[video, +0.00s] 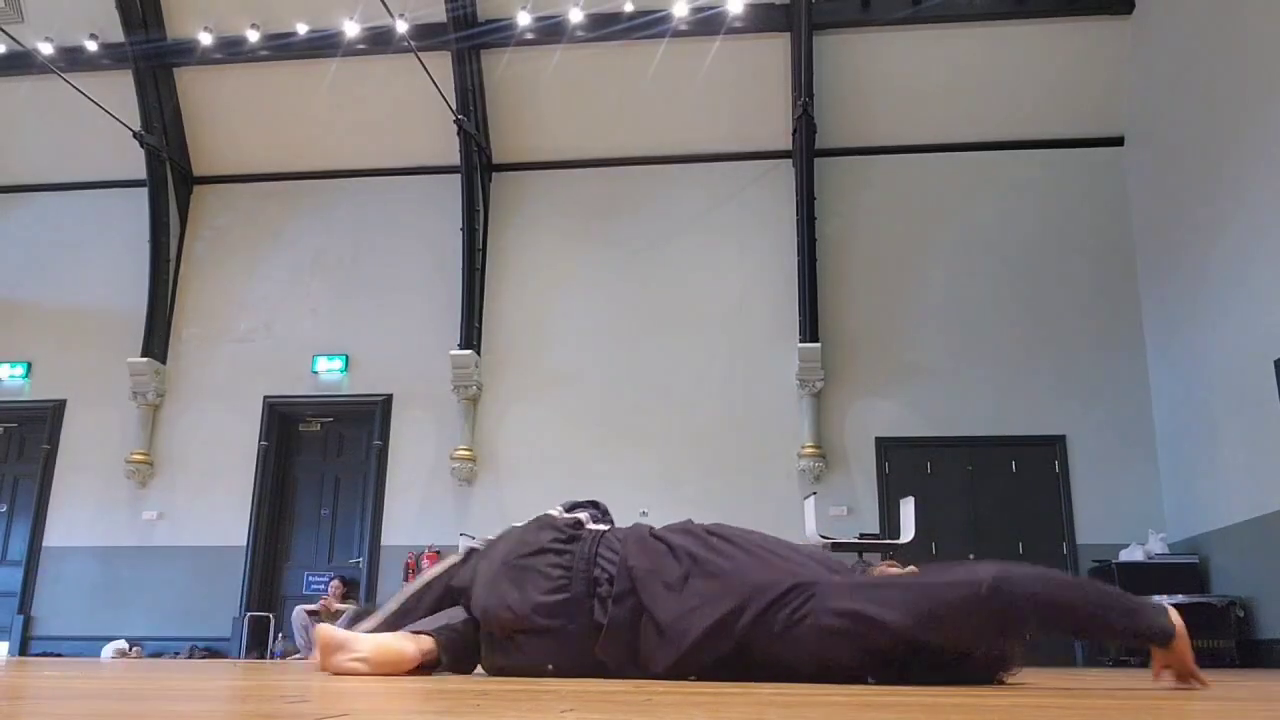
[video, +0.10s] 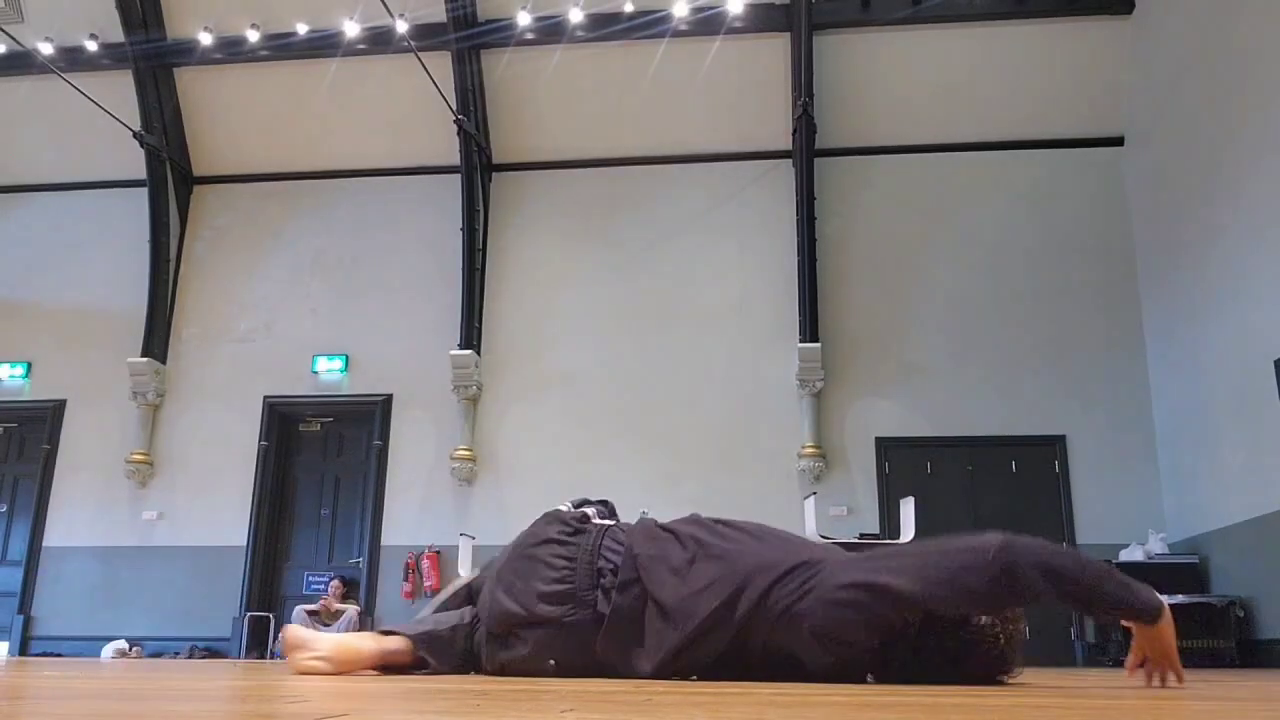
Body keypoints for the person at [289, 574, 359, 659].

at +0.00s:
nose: (333, 591)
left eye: (337, 588)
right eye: (331, 587)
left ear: (344, 590)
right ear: (328, 589)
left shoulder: (349, 603)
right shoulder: (323, 603)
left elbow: (356, 608)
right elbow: (299, 608)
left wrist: (335, 606)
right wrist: (316, 607)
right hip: (318, 633)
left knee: (352, 612)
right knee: (298, 611)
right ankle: (304, 651)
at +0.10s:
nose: (333, 591)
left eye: (337, 588)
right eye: (331, 587)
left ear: (343, 591)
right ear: (328, 588)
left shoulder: (349, 603)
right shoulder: (324, 602)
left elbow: (357, 609)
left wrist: (336, 606)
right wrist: (317, 607)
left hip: (337, 628)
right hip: (318, 627)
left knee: (352, 613)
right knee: (298, 610)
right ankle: (302, 642)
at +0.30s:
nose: (333, 591)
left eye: (337, 588)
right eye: (331, 587)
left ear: (344, 590)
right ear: (328, 588)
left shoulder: (348, 603)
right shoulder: (324, 602)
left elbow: (357, 609)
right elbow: (298, 608)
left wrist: (335, 606)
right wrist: (315, 607)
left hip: (340, 628)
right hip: (320, 626)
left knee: (352, 613)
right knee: (298, 611)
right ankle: (300, 640)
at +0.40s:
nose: (333, 591)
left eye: (337, 588)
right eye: (331, 587)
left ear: (344, 590)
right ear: (328, 588)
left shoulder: (349, 603)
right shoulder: (323, 603)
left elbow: (357, 610)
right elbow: (298, 608)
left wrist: (335, 607)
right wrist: (316, 607)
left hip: (340, 631)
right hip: (320, 629)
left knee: (352, 612)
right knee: (298, 611)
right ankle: (308, 636)